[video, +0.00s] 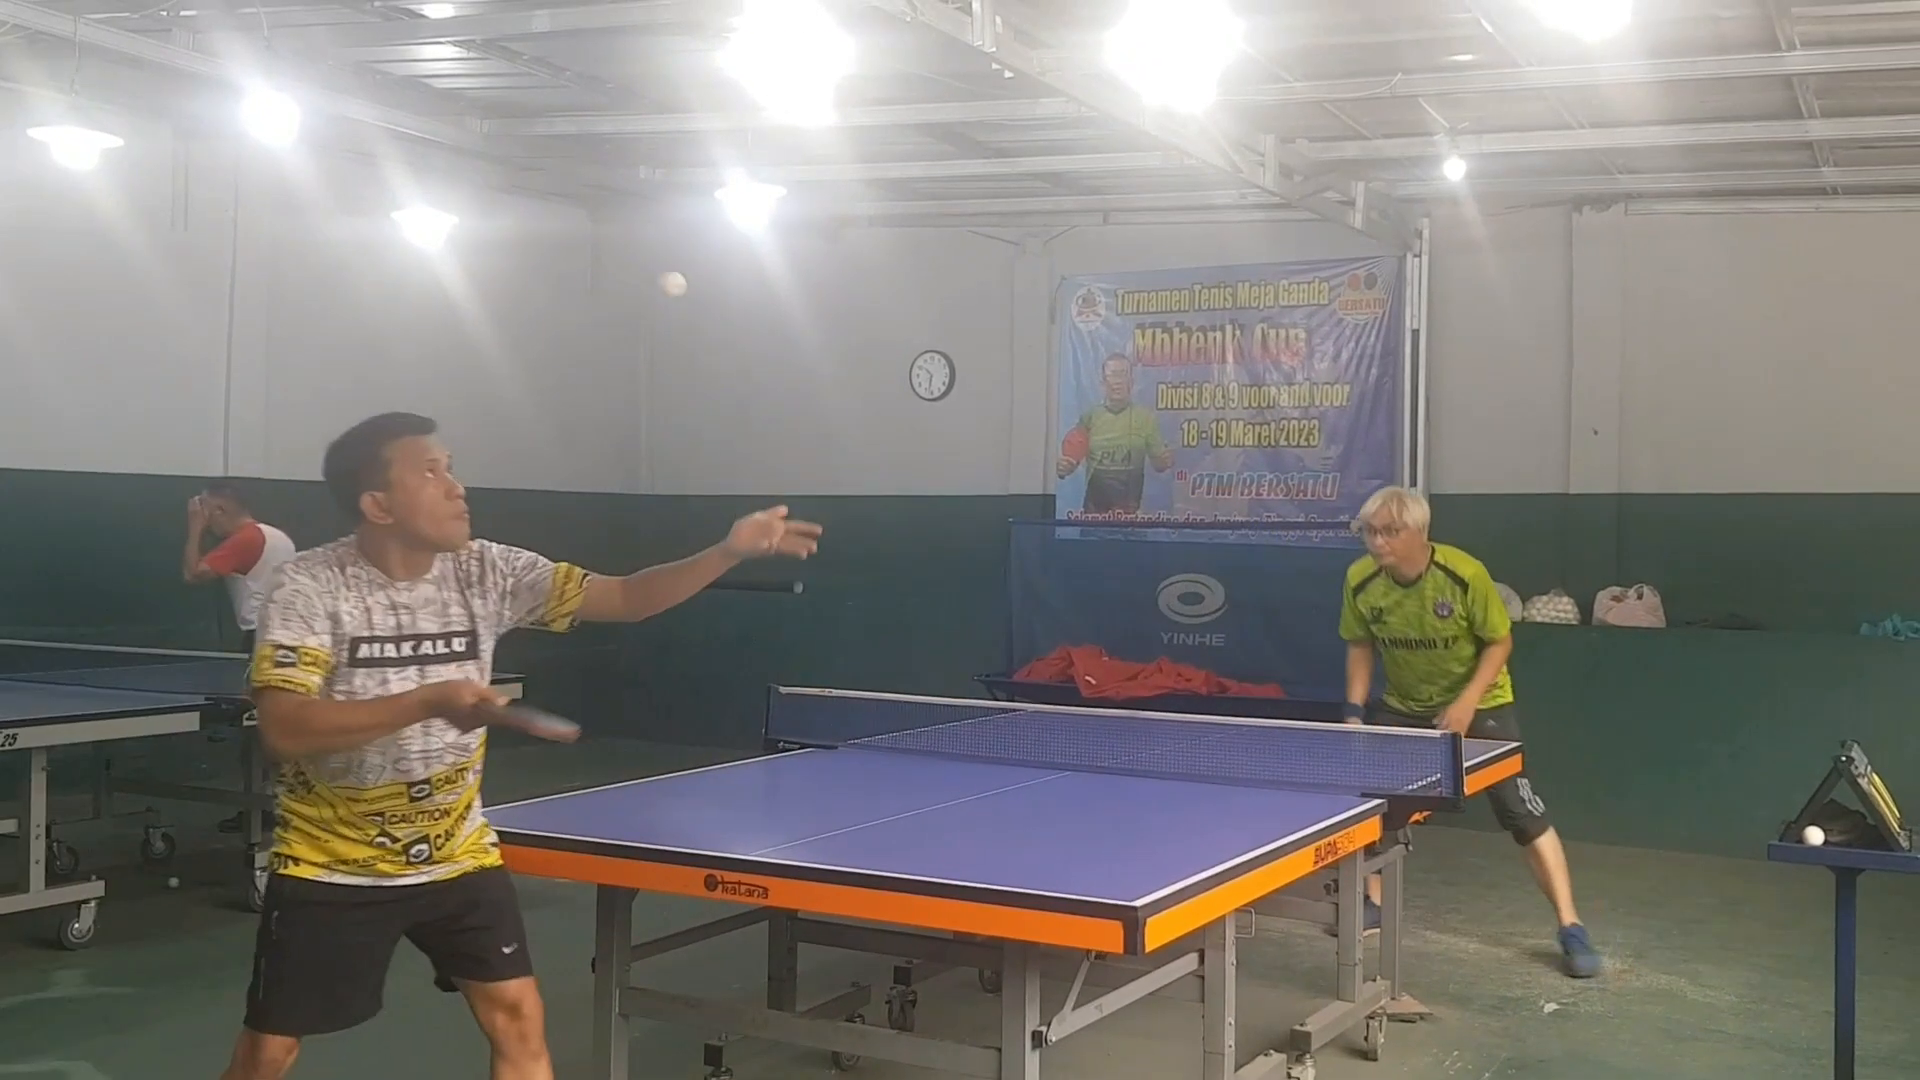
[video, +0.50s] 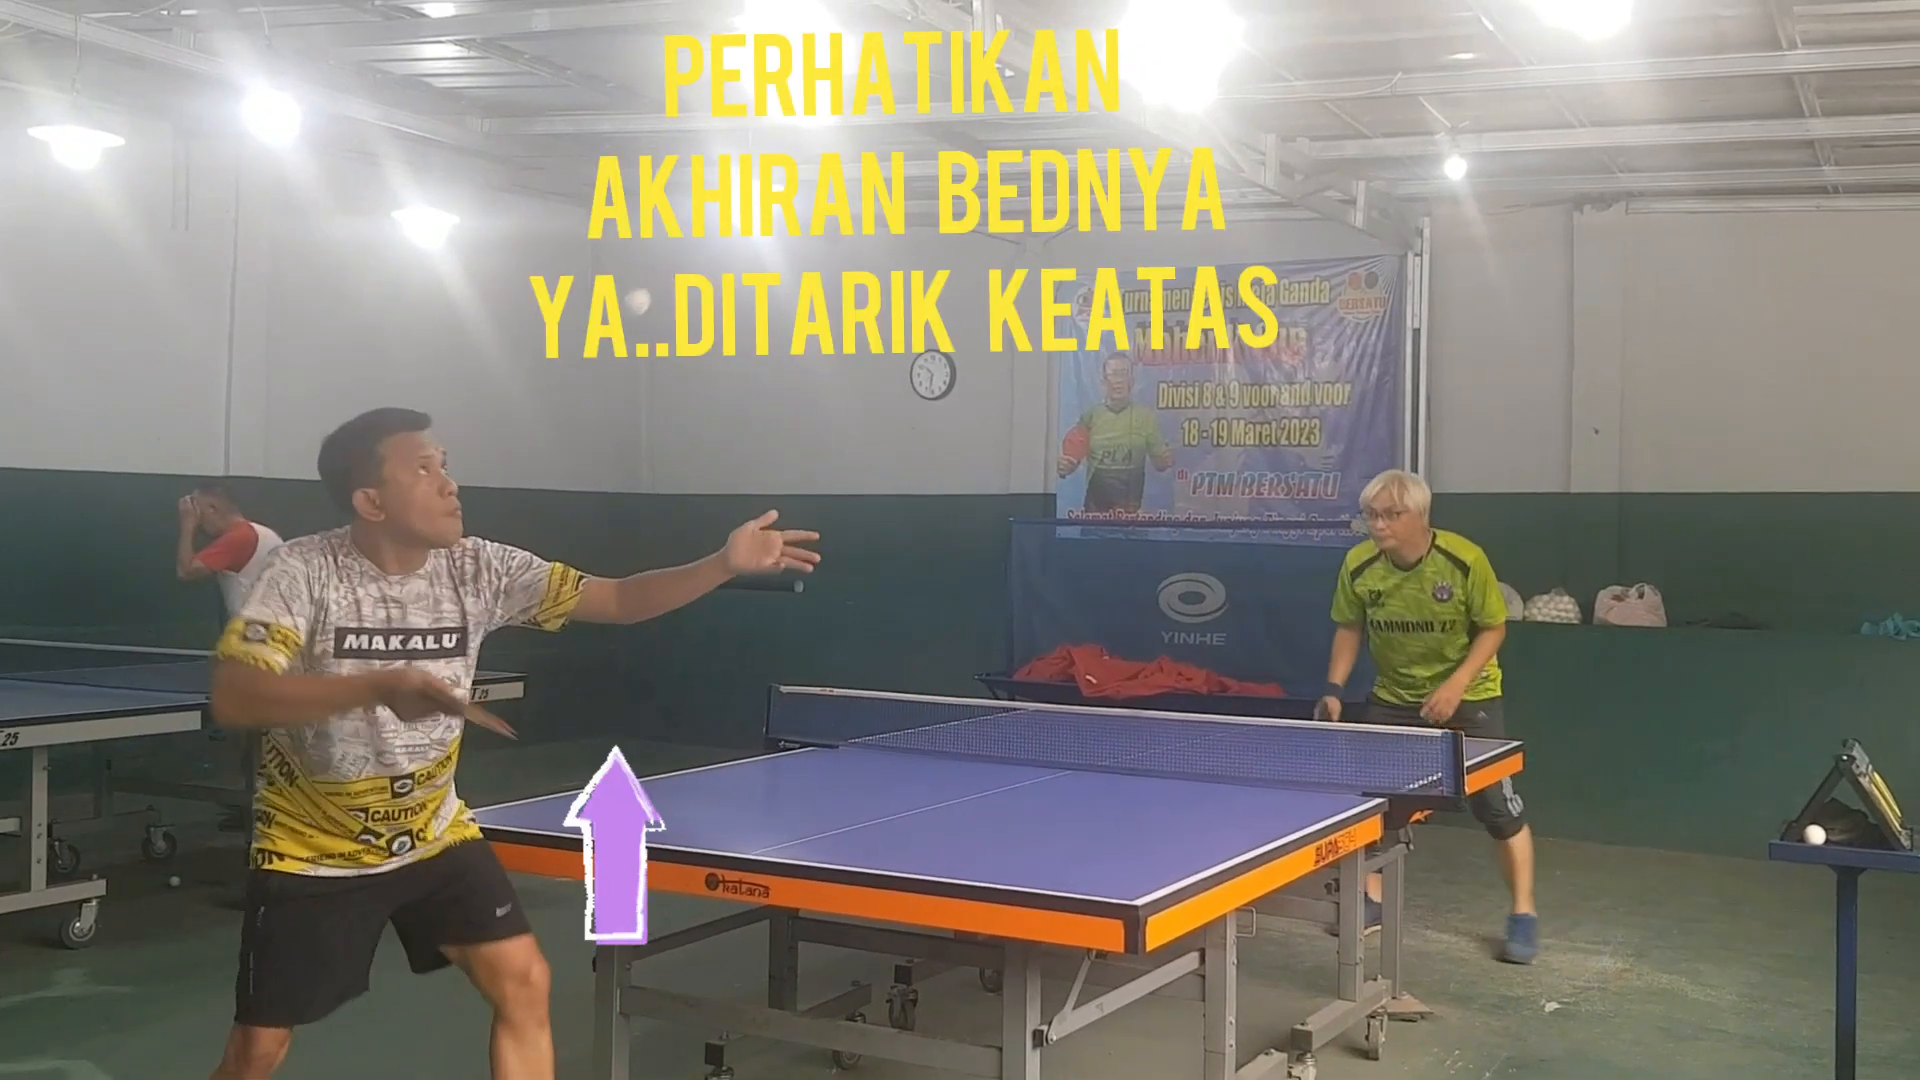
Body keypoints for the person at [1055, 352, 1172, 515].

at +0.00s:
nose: (1116, 382)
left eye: (1122, 375)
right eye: (1111, 375)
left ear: (1131, 380)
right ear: (1103, 381)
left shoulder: (1144, 418)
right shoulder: (1090, 418)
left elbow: (1157, 462)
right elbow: (1074, 450)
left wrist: (1164, 460)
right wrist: (1064, 466)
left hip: (1129, 505)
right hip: (1095, 506)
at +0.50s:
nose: (1117, 381)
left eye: (1123, 374)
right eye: (1111, 375)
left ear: (1132, 380)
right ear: (1103, 381)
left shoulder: (1145, 417)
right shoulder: (1091, 417)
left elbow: (1158, 461)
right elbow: (1075, 449)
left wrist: (1165, 459)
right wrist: (1065, 465)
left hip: (1130, 504)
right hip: (1096, 505)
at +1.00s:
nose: (1117, 382)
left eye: (1122, 375)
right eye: (1111, 375)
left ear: (1132, 380)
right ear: (1103, 381)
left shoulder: (1145, 417)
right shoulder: (1091, 417)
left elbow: (1158, 461)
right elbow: (1074, 449)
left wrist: (1165, 461)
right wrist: (1065, 466)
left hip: (1130, 504)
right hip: (1095, 505)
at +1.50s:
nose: (1118, 382)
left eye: (1123, 375)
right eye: (1112, 375)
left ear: (1132, 380)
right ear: (1103, 381)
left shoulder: (1145, 417)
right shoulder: (1091, 418)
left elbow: (1158, 462)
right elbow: (1074, 450)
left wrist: (1166, 460)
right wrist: (1066, 466)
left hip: (1131, 505)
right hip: (1097, 506)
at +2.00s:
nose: (1117, 382)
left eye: (1123, 375)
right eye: (1111, 375)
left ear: (1132, 380)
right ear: (1102, 380)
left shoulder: (1145, 418)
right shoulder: (1091, 417)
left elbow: (1158, 462)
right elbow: (1074, 450)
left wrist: (1165, 460)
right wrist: (1064, 466)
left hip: (1131, 506)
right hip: (1096, 506)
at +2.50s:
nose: (1118, 381)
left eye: (1124, 374)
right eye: (1112, 374)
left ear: (1133, 380)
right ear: (1104, 380)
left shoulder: (1146, 417)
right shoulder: (1092, 417)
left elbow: (1159, 461)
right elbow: (1076, 450)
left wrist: (1167, 459)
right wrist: (1066, 466)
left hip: (1132, 505)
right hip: (1097, 506)